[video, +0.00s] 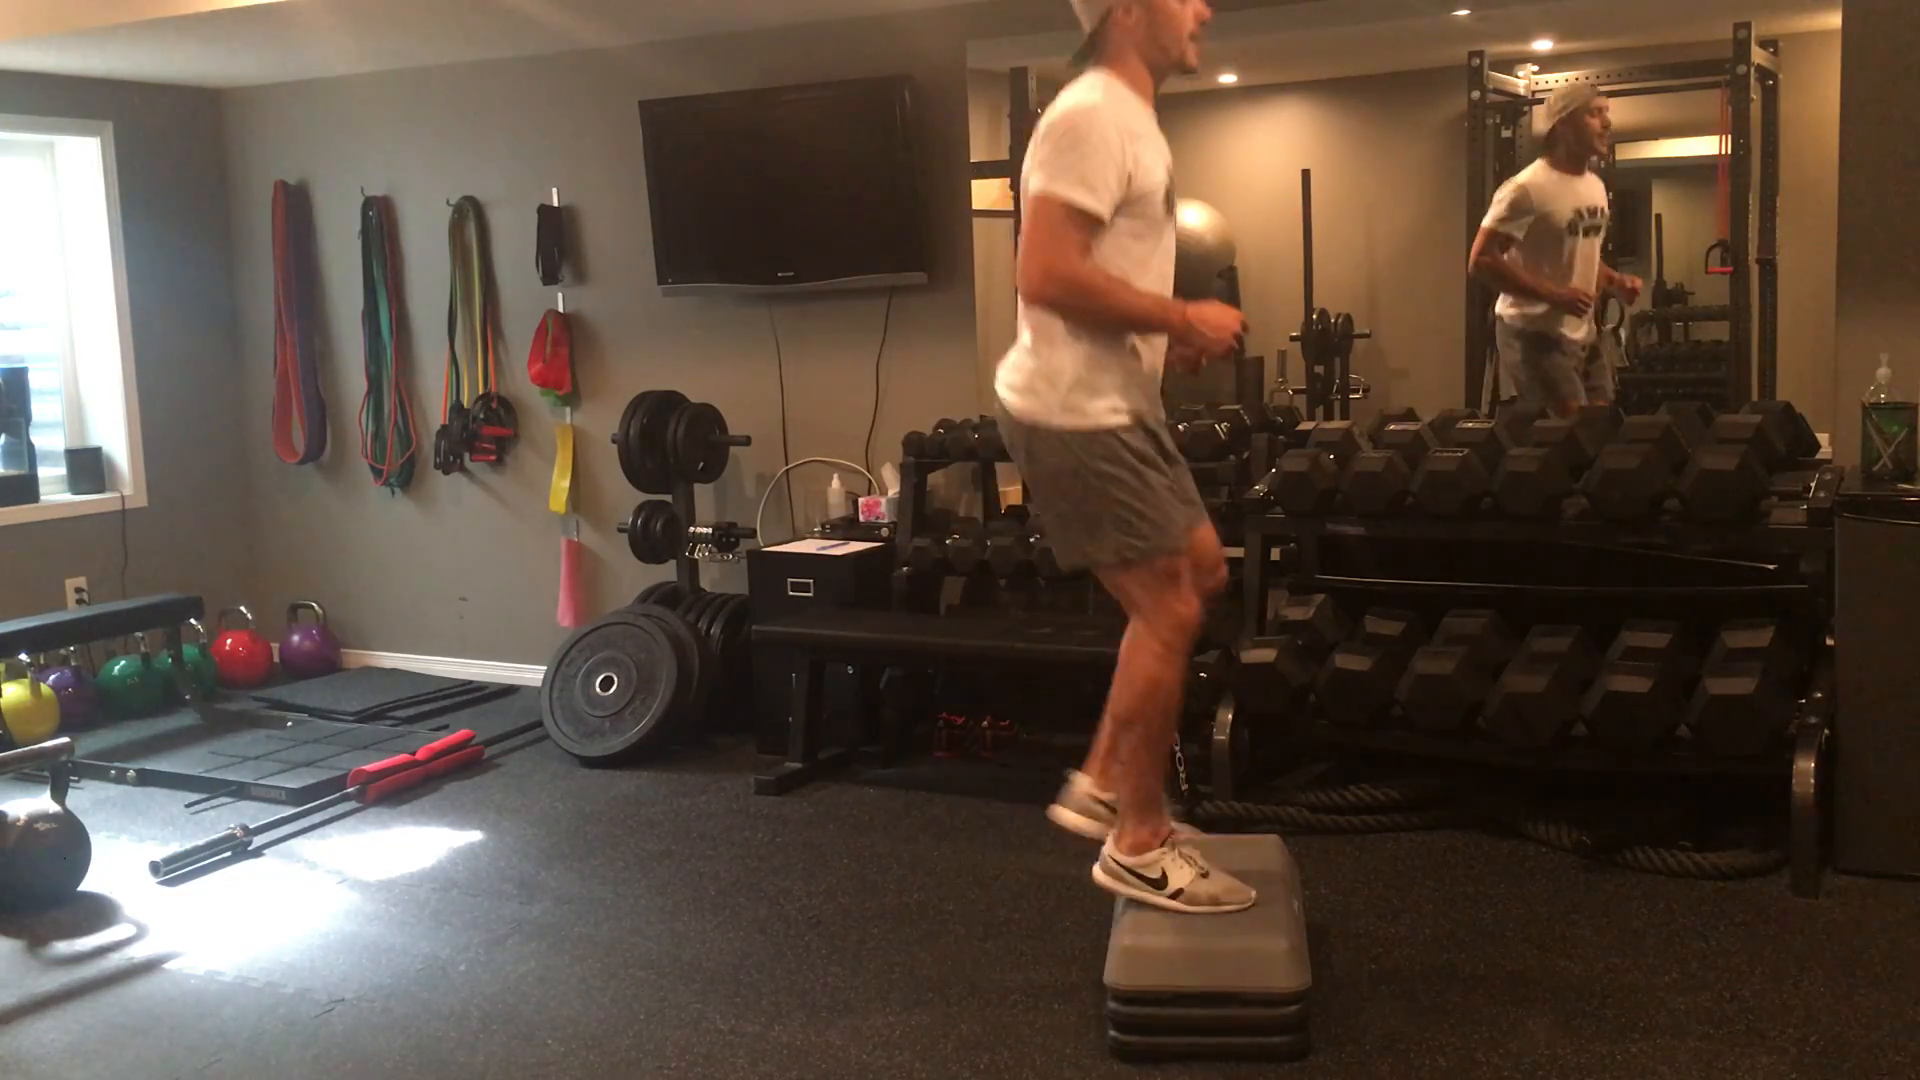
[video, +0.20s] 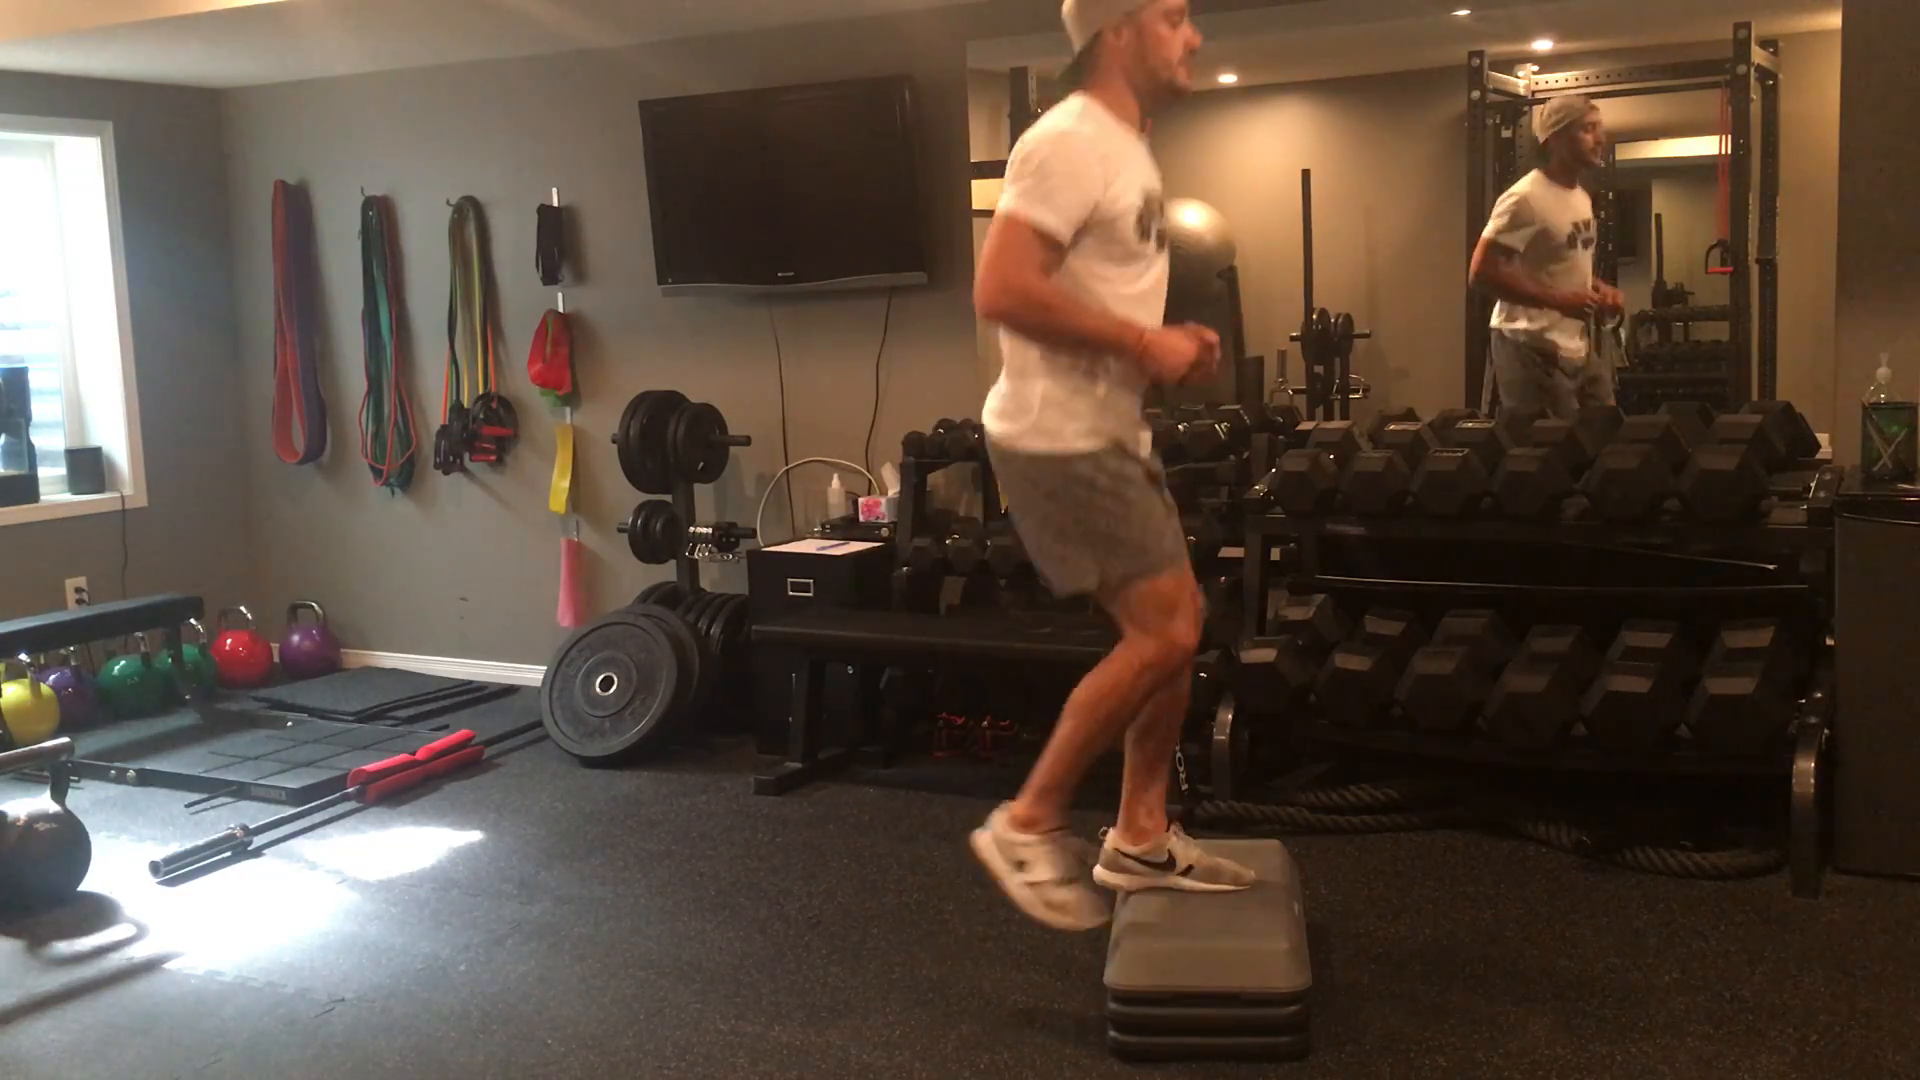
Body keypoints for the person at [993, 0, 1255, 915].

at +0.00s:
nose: (1204, 15)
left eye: (1201, 3)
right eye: (1188, 0)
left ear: (1134, 17)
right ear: (1129, 10)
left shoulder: (1131, 116)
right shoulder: (1088, 112)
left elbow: (1089, 276)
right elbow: (1045, 273)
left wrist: (1179, 324)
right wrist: (1179, 316)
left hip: (1115, 399)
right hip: (1075, 407)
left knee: (1202, 568)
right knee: (1167, 606)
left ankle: (1103, 780)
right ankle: (1138, 838)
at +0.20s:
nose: (1194, 40)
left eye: (1192, 22)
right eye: (1176, 20)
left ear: (1132, 39)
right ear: (1116, 33)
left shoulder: (1122, 145)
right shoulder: (1069, 136)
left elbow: (1078, 291)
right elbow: (1001, 285)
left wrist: (1159, 341)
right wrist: (1143, 341)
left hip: (1104, 431)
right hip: (1058, 436)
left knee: (1175, 625)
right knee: (1165, 628)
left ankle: (1143, 837)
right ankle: (1024, 823)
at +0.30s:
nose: (1177, 61)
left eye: (1173, 42)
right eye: (1159, 41)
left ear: (1118, 62)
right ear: (1099, 58)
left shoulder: (1110, 171)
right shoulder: (1051, 164)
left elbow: (1055, 316)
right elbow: (982, 312)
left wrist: (1142, 359)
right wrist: (1124, 361)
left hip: (1099, 452)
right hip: (1039, 459)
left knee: (1182, 612)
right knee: (1110, 664)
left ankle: (1144, 830)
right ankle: (968, 859)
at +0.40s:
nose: (1153, 81)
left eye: (1148, 63)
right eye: (1136, 62)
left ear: (1086, 82)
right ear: (1078, 78)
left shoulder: (1076, 186)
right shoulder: (1021, 184)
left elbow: (1025, 333)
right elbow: (966, 335)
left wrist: (1109, 374)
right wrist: (1111, 365)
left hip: (1064, 471)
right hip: (995, 480)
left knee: (1179, 590)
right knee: (1014, 698)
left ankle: (1148, 807)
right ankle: (944, 920)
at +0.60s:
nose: (1088, 162)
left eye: (1085, 143)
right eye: (1074, 142)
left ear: (1020, 155)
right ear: (1016, 152)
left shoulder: (1010, 258)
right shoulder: (948, 259)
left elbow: (976, 403)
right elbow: (912, 422)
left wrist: (1030, 481)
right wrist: (1058, 457)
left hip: (1003, 528)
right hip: (940, 544)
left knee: (1124, 629)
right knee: (988, 752)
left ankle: (997, 794)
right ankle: (917, 959)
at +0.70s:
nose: (1061, 142)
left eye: (1058, 125)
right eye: (1045, 126)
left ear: (998, 138)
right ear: (989, 137)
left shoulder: (992, 242)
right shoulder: (930, 244)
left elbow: (936, 390)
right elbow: (863, 396)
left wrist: (992, 481)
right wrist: (992, 478)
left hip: (974, 527)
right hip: (911, 536)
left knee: (1027, 688)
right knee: (944, 735)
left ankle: (869, 869)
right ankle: (915, 962)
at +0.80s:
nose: (1043, 144)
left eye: (1039, 127)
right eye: (1025, 127)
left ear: (980, 146)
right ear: (969, 144)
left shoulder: (976, 247)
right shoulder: (918, 251)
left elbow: (906, 392)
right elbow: (829, 392)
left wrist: (963, 486)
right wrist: (944, 492)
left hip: (909, 536)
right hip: (890, 541)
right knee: (934, 740)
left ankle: (811, 925)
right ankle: (913, 965)